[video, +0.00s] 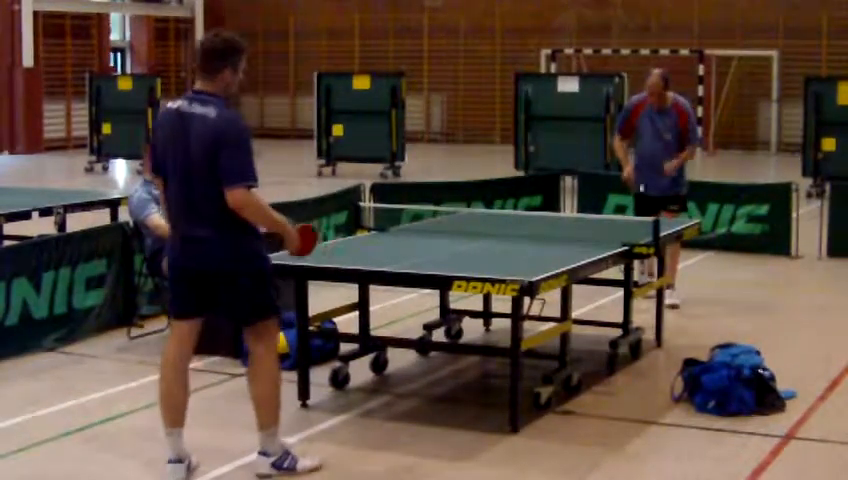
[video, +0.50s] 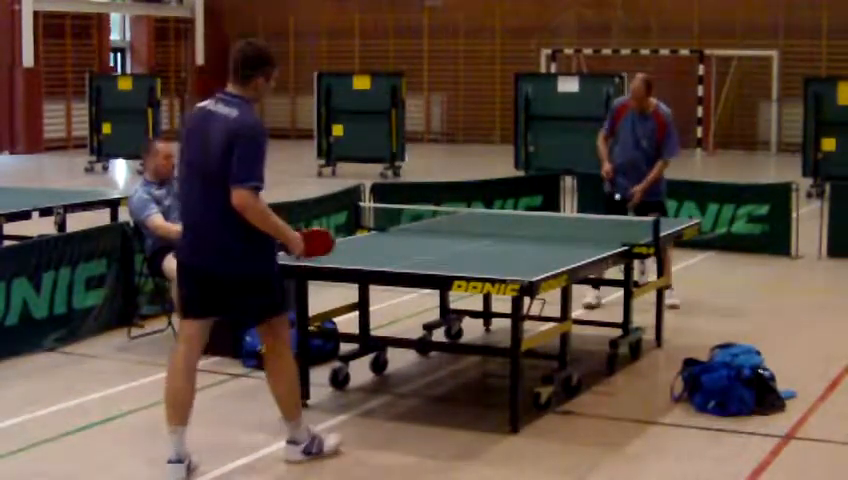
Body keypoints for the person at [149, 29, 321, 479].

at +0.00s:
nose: (242, 78)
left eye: (241, 70)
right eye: (241, 71)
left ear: (199, 68)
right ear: (229, 71)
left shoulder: (168, 115)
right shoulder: (227, 122)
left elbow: (156, 174)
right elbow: (239, 196)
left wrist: (184, 222)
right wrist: (283, 226)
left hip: (186, 251)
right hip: (235, 252)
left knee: (179, 342)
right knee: (263, 338)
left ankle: (176, 455)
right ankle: (271, 448)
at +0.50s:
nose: (271, 85)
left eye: (270, 78)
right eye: (271, 79)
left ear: (231, 72)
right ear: (263, 79)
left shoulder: (197, 115)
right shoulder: (248, 124)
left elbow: (188, 185)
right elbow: (244, 197)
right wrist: (287, 235)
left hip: (196, 253)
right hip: (245, 255)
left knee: (188, 345)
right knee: (276, 337)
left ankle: (176, 454)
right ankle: (300, 438)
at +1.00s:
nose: (347, 117)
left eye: (348, 110)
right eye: (348, 110)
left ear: (313, 97)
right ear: (340, 109)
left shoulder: (273, 116)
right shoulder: (319, 150)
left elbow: (257, 176)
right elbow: (334, 228)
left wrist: (291, 215)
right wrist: (349, 247)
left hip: (216, 234)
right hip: (264, 242)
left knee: (211, 325)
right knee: (290, 334)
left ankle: (182, 421)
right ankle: (300, 436)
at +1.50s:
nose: (269, 85)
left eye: (267, 77)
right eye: (266, 78)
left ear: (228, 80)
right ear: (257, 82)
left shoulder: (205, 120)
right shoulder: (263, 128)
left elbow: (190, 182)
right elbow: (268, 193)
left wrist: (236, 199)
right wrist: (305, 206)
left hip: (199, 241)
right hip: (241, 244)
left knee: (209, 326)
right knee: (279, 327)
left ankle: (183, 425)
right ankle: (299, 435)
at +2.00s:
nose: (282, 81)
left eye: (280, 74)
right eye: (280, 75)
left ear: (241, 79)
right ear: (272, 79)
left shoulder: (214, 120)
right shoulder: (271, 126)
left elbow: (201, 187)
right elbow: (275, 195)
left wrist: (259, 217)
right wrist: (310, 204)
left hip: (205, 242)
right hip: (248, 244)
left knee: (210, 327)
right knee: (291, 324)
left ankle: (182, 426)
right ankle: (300, 437)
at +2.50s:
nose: (314, 104)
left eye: (312, 97)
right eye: (313, 98)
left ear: (276, 94)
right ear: (304, 98)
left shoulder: (239, 131)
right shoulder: (300, 135)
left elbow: (227, 196)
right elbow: (315, 202)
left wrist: (287, 215)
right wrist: (351, 220)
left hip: (228, 246)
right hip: (276, 249)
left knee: (232, 336)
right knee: (332, 330)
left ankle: (209, 434)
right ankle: (348, 437)